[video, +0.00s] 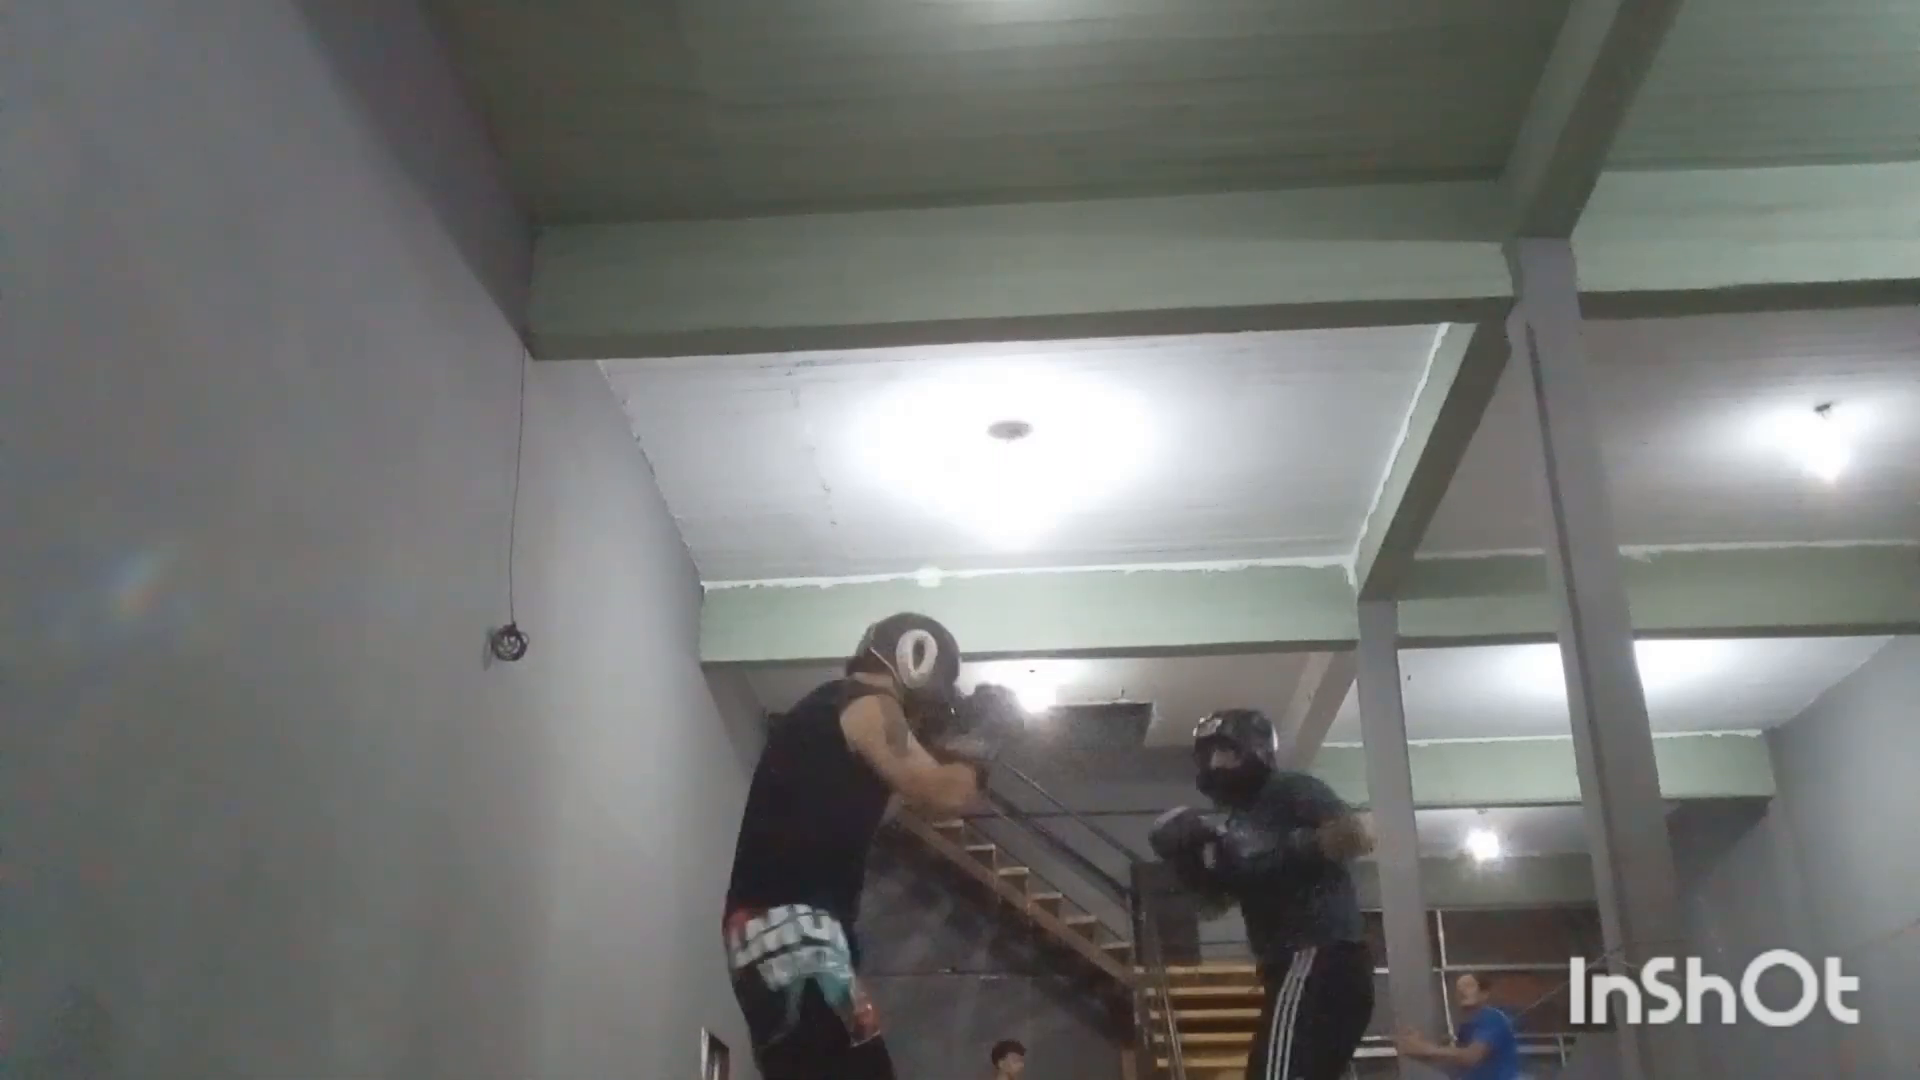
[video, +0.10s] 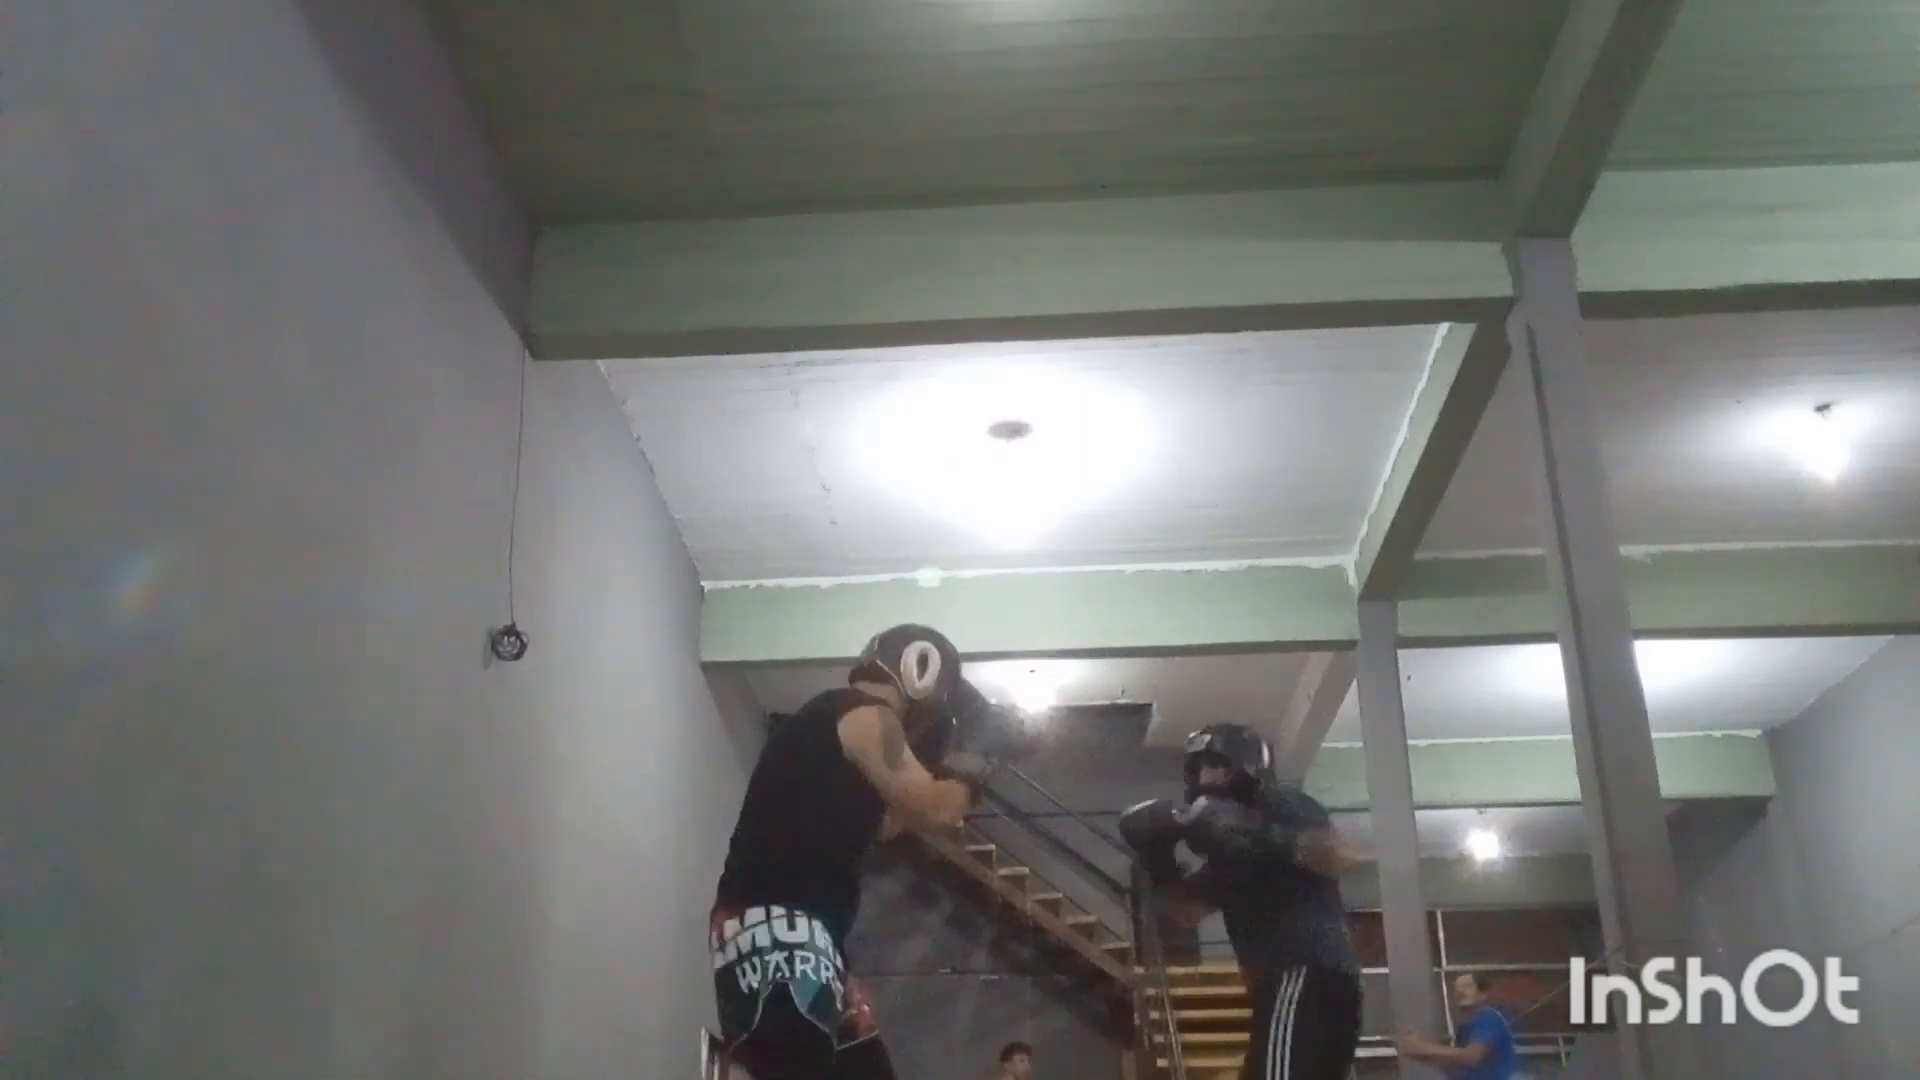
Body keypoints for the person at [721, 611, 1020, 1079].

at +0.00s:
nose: (933, 711)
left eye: (940, 701)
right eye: (936, 695)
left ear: (874, 656)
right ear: (918, 666)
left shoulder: (827, 703)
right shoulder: (869, 704)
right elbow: (943, 792)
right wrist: (970, 762)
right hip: (793, 927)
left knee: (809, 1067)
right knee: (853, 1067)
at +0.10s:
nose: (940, 711)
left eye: (945, 702)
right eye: (942, 697)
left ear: (870, 664)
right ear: (923, 675)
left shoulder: (816, 718)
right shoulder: (865, 715)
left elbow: (876, 825)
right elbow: (940, 810)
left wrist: (935, 763)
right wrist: (968, 758)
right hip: (786, 941)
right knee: (860, 1068)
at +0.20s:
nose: (937, 714)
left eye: (941, 704)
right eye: (939, 701)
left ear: (869, 675)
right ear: (919, 682)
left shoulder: (821, 727)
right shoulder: (864, 730)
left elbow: (876, 841)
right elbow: (930, 827)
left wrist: (932, 769)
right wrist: (965, 788)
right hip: (773, 947)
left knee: (866, 1066)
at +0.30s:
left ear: (878, 711)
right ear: (916, 718)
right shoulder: (848, 767)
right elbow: (922, 870)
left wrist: (964, 802)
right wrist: (966, 815)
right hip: (743, 968)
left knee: (873, 1068)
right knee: (766, 1069)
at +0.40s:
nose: (932, 780)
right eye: (932, 766)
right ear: (906, 749)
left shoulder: (835, 801)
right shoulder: (836, 805)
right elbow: (915, 902)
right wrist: (961, 839)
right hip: (726, 1001)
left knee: (870, 1069)